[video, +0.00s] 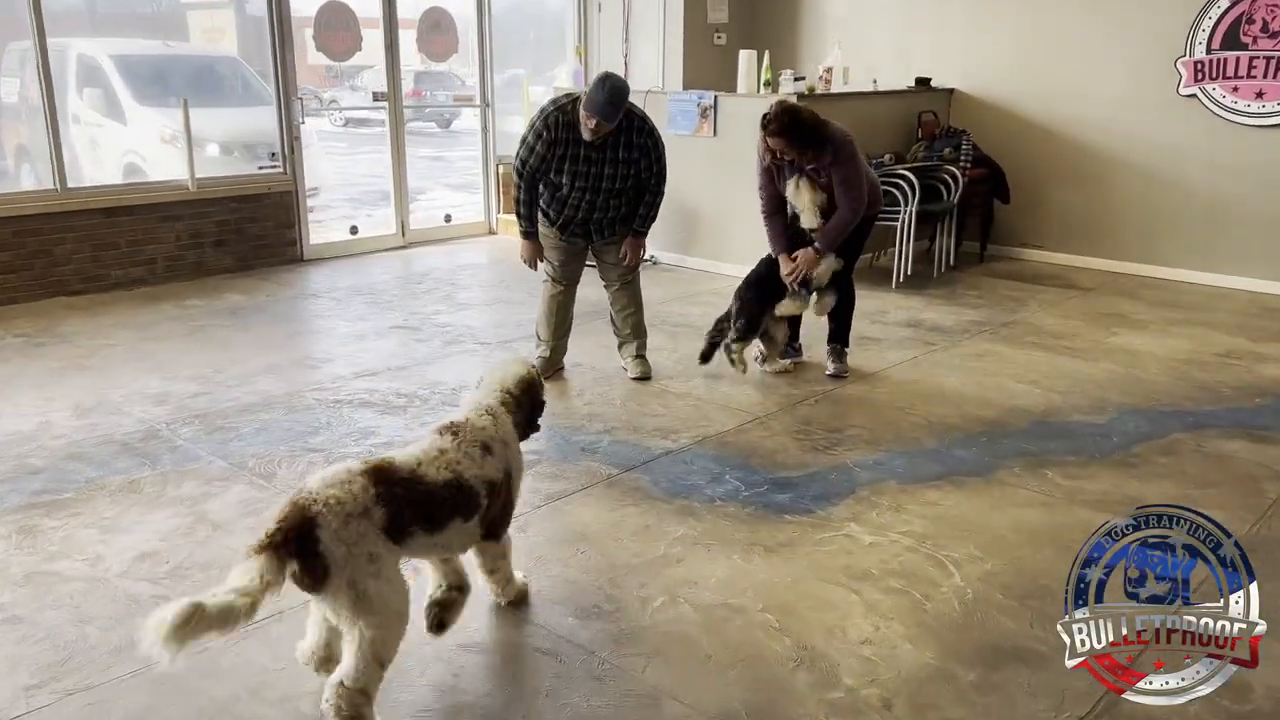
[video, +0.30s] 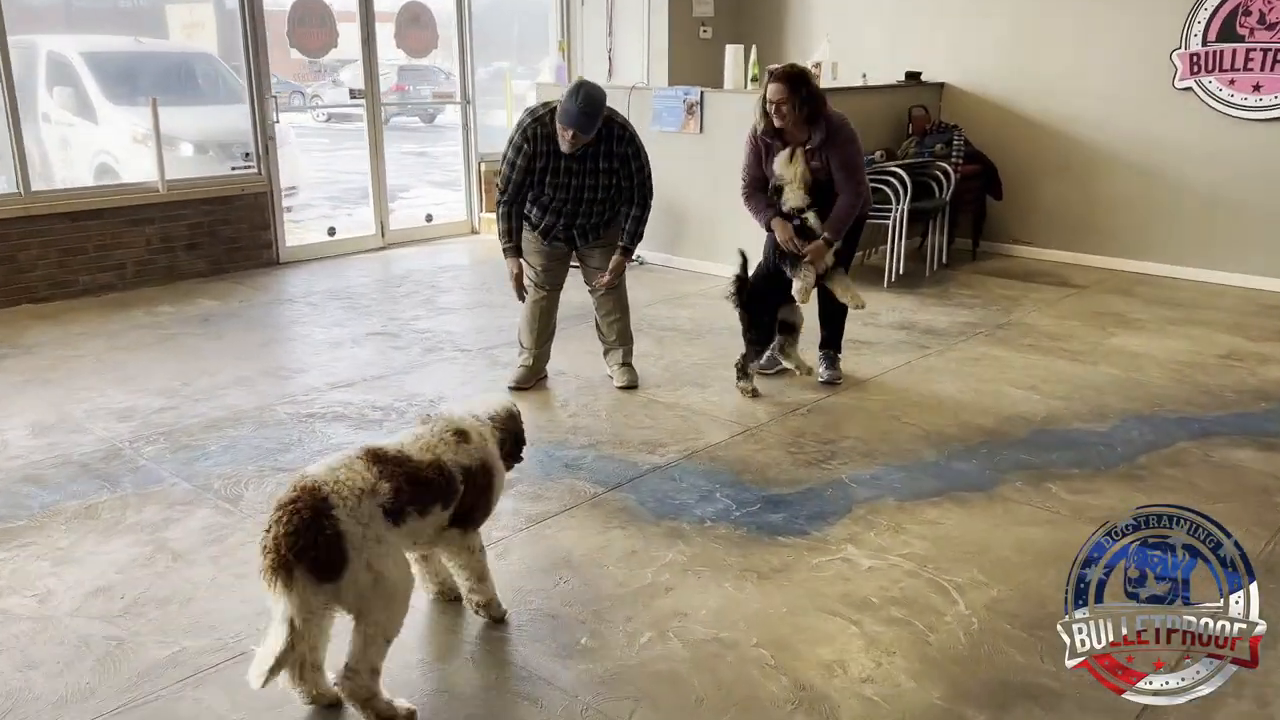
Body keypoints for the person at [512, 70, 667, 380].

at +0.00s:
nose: (592, 125)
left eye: (602, 122)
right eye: (588, 116)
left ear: (618, 117)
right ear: (582, 101)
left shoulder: (640, 131)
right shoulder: (552, 120)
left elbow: (655, 183)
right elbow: (524, 174)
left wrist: (639, 233)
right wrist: (528, 235)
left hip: (615, 224)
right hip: (561, 221)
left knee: (624, 288)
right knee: (557, 289)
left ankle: (634, 353)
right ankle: (548, 356)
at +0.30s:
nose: (569, 137)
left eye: (579, 132)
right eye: (564, 127)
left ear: (597, 125)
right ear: (557, 112)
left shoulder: (620, 135)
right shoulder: (533, 127)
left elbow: (641, 195)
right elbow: (507, 195)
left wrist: (625, 251)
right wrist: (512, 255)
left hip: (600, 225)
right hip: (544, 222)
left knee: (610, 291)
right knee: (539, 293)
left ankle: (620, 362)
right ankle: (531, 363)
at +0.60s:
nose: (559, 160)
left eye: (569, 156)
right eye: (553, 152)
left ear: (587, 146)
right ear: (546, 137)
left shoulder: (610, 154)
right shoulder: (522, 148)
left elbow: (617, 220)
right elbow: (505, 215)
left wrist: (602, 275)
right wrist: (504, 274)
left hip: (594, 236)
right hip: (541, 235)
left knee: (610, 303)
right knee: (535, 304)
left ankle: (618, 376)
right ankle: (527, 377)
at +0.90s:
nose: (557, 165)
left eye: (568, 160)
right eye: (551, 155)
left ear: (585, 153)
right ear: (542, 142)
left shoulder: (607, 165)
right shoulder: (514, 161)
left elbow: (599, 241)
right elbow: (511, 238)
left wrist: (566, 295)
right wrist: (539, 296)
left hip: (597, 239)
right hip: (543, 238)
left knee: (604, 307)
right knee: (531, 311)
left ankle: (618, 391)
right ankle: (525, 392)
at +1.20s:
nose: (550, 162)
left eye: (560, 153)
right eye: (541, 152)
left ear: (573, 143)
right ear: (528, 142)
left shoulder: (599, 166)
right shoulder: (499, 163)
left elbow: (595, 247)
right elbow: (497, 244)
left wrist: (560, 305)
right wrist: (533, 303)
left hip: (587, 245)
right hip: (529, 245)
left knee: (594, 314)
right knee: (519, 316)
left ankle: (609, 401)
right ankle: (511, 402)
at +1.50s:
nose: (524, 159)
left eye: (537, 150)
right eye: (517, 146)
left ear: (556, 141)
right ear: (506, 138)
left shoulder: (585, 168)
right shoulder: (481, 166)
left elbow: (593, 249)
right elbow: (472, 243)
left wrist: (560, 307)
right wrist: (513, 300)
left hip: (574, 258)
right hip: (514, 258)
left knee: (583, 326)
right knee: (503, 326)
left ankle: (596, 416)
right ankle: (495, 415)